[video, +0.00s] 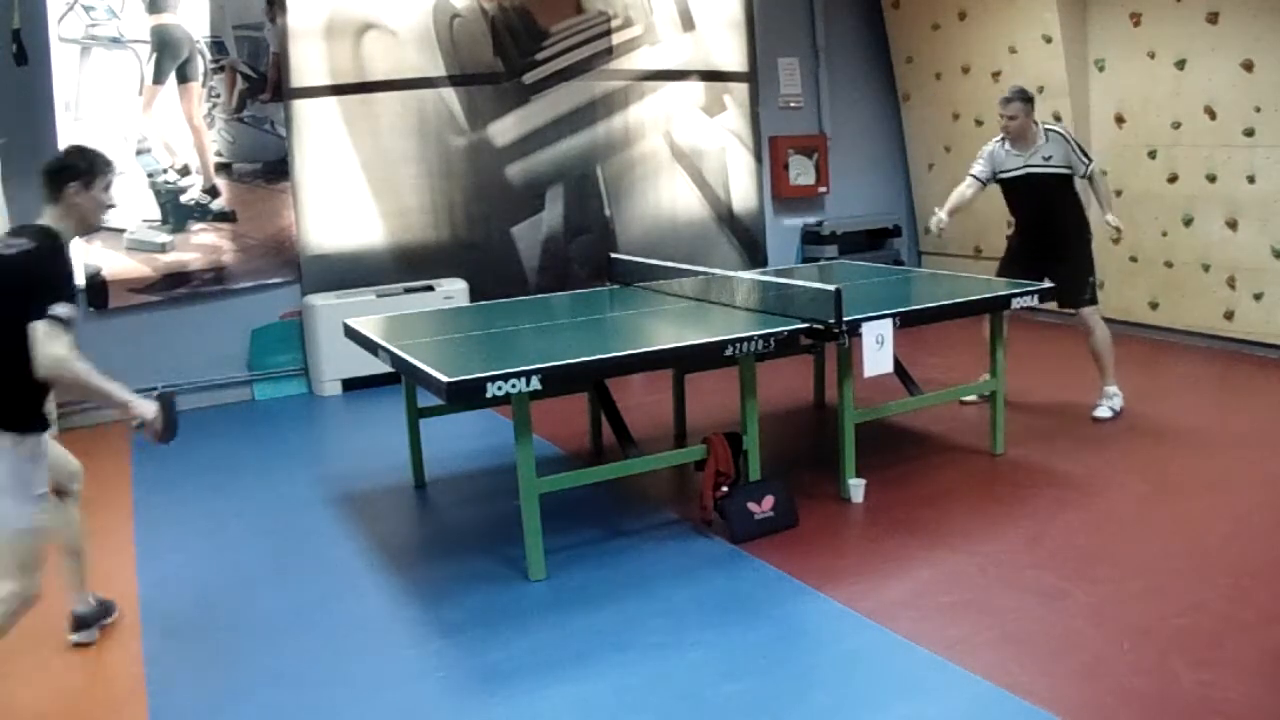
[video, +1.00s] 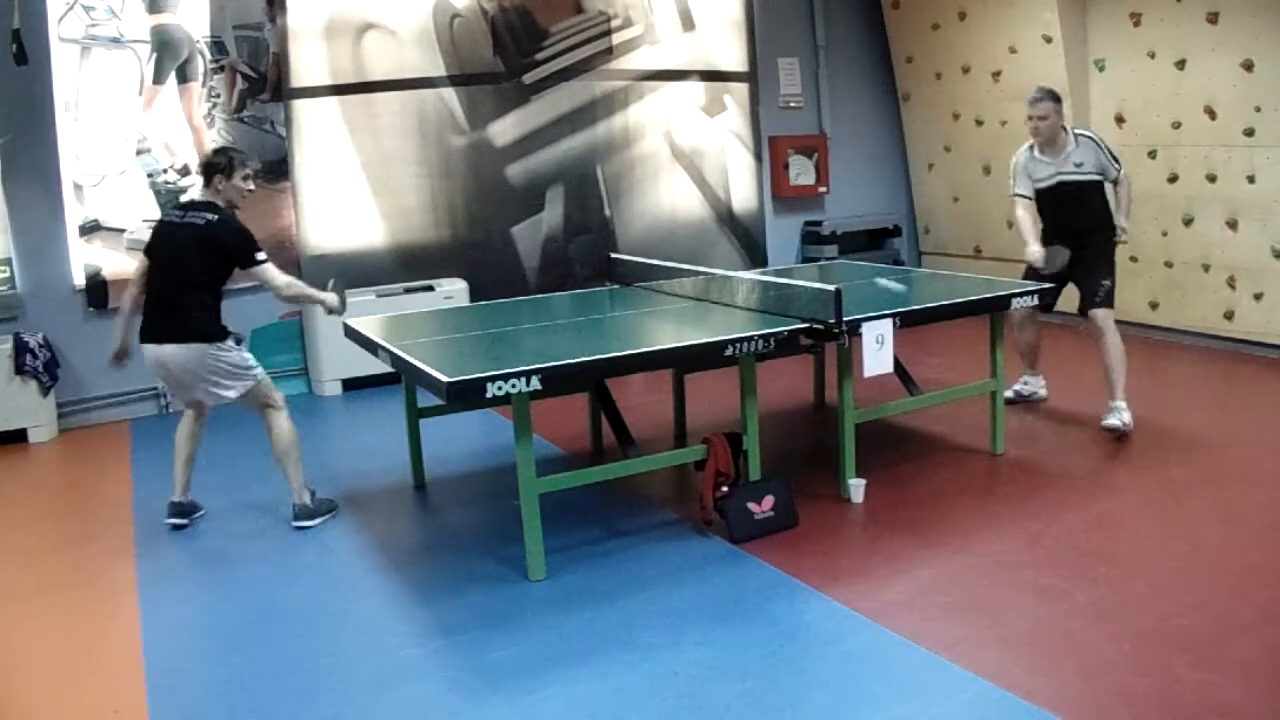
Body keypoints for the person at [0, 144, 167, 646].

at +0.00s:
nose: (109, 203)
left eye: (110, 192)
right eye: (104, 191)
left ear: (67, 193)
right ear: (74, 192)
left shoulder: (21, 243)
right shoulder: (46, 252)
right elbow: (51, 358)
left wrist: (182, 265)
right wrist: (131, 402)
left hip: (16, 429)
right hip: (11, 435)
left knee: (68, 476)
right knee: (18, 588)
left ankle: (83, 606)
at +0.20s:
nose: (172, 236)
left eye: (172, 226)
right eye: (168, 226)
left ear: (126, 224)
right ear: (145, 224)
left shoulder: (72, 264)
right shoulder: (145, 276)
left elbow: (25, 340)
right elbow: (185, 363)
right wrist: (207, 392)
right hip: (72, 417)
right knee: (182, 501)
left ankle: (88, 610)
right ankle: (151, 638)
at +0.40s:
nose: (208, 252)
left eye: (207, 244)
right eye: (205, 245)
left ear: (158, 242)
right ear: (190, 246)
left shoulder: (111, 276)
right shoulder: (202, 291)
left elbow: (53, 309)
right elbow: (251, 339)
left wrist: (5, 342)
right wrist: (243, 315)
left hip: (90, 414)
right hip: (151, 415)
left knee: (165, 472)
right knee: (198, 527)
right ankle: (173, 637)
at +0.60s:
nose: (230, 225)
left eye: (229, 217)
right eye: (227, 217)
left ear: (180, 211)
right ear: (209, 215)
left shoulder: (138, 240)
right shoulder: (223, 259)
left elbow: (92, 271)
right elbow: (289, 286)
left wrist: (42, 309)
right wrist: (341, 293)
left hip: (122, 370)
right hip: (176, 370)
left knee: (180, 446)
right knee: (229, 465)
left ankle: (217, 529)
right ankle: (209, 541)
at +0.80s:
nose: (248, 180)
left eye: (248, 172)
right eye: (244, 172)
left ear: (207, 170)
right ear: (227, 172)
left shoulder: (157, 206)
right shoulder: (233, 217)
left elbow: (108, 258)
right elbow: (295, 266)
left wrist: (63, 307)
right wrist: (338, 279)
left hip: (140, 338)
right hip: (192, 334)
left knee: (187, 404)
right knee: (256, 405)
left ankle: (195, 496)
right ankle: (293, 503)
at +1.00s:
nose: (250, 187)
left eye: (251, 179)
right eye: (244, 179)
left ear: (211, 181)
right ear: (219, 180)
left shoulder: (168, 221)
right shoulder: (228, 227)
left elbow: (136, 286)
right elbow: (280, 285)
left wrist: (124, 340)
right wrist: (323, 297)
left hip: (154, 345)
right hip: (201, 345)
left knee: (194, 407)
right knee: (273, 404)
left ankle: (179, 501)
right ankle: (303, 501)